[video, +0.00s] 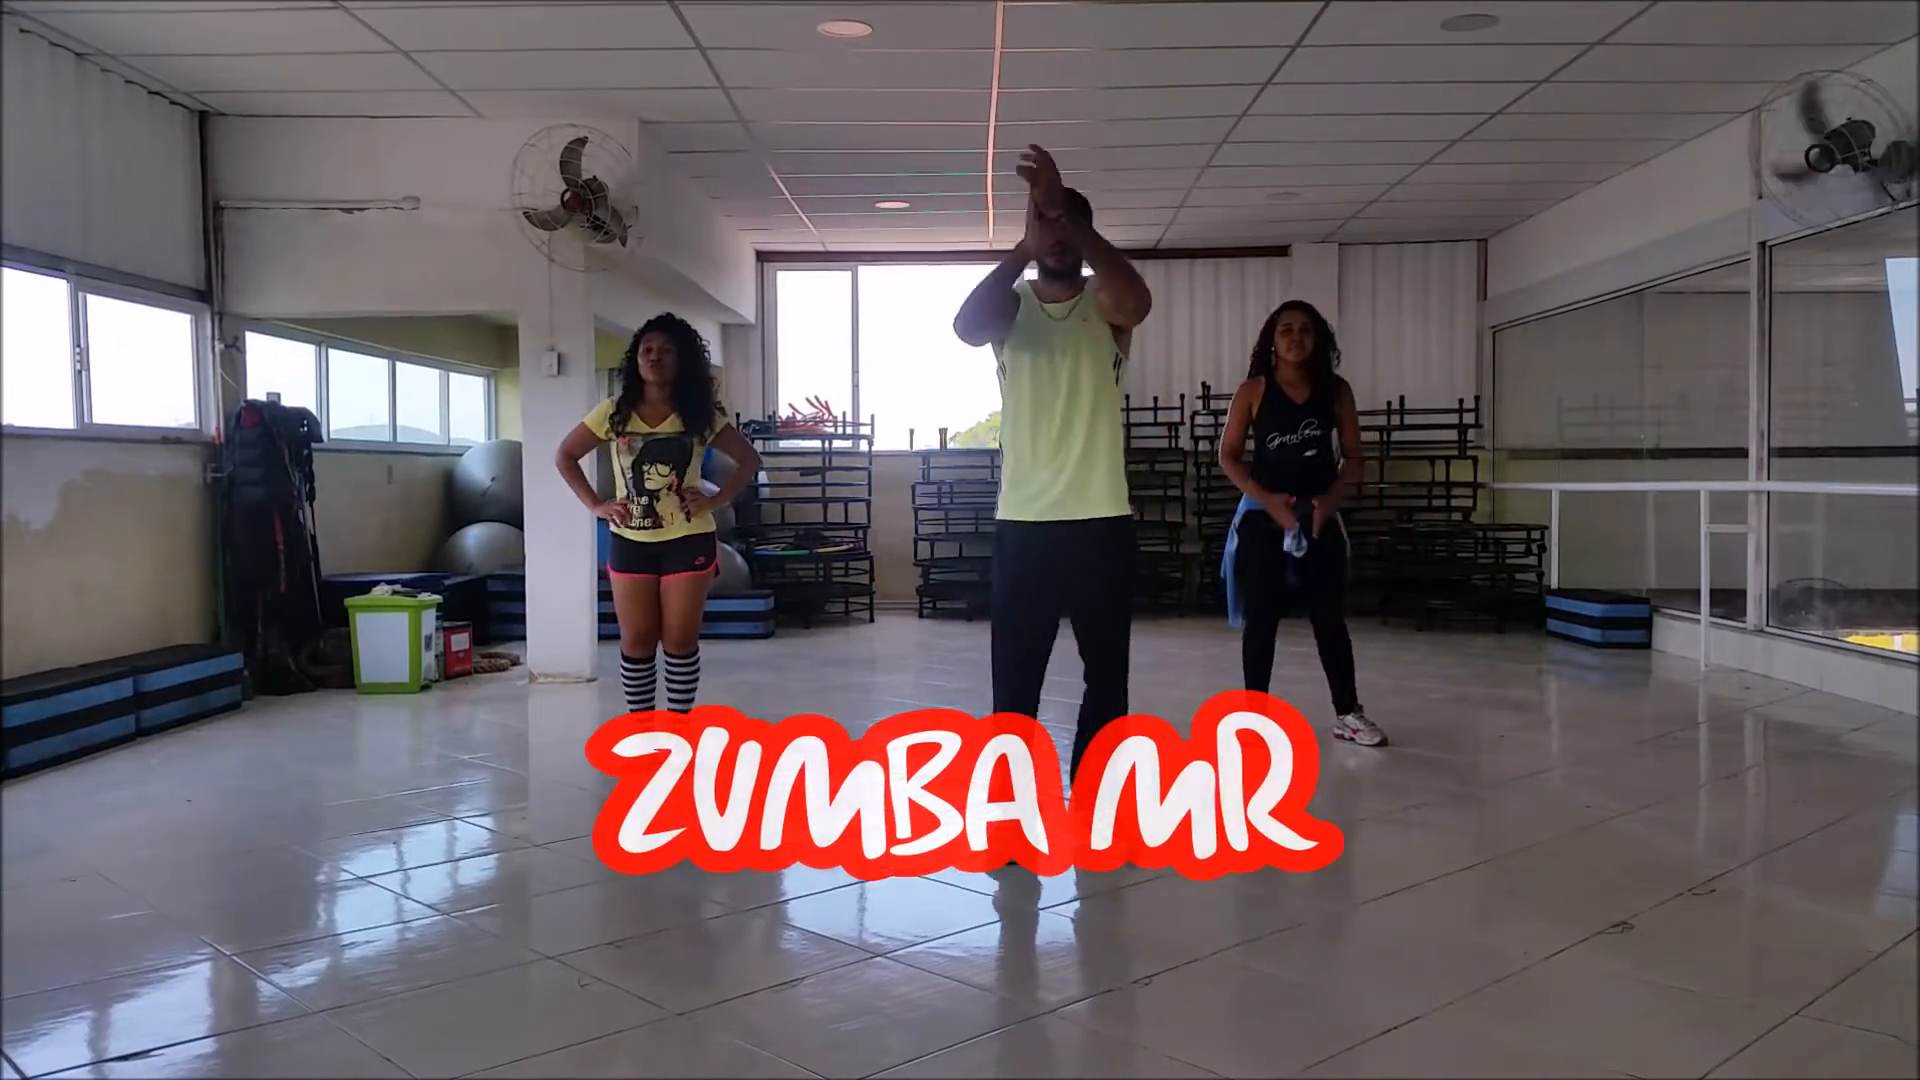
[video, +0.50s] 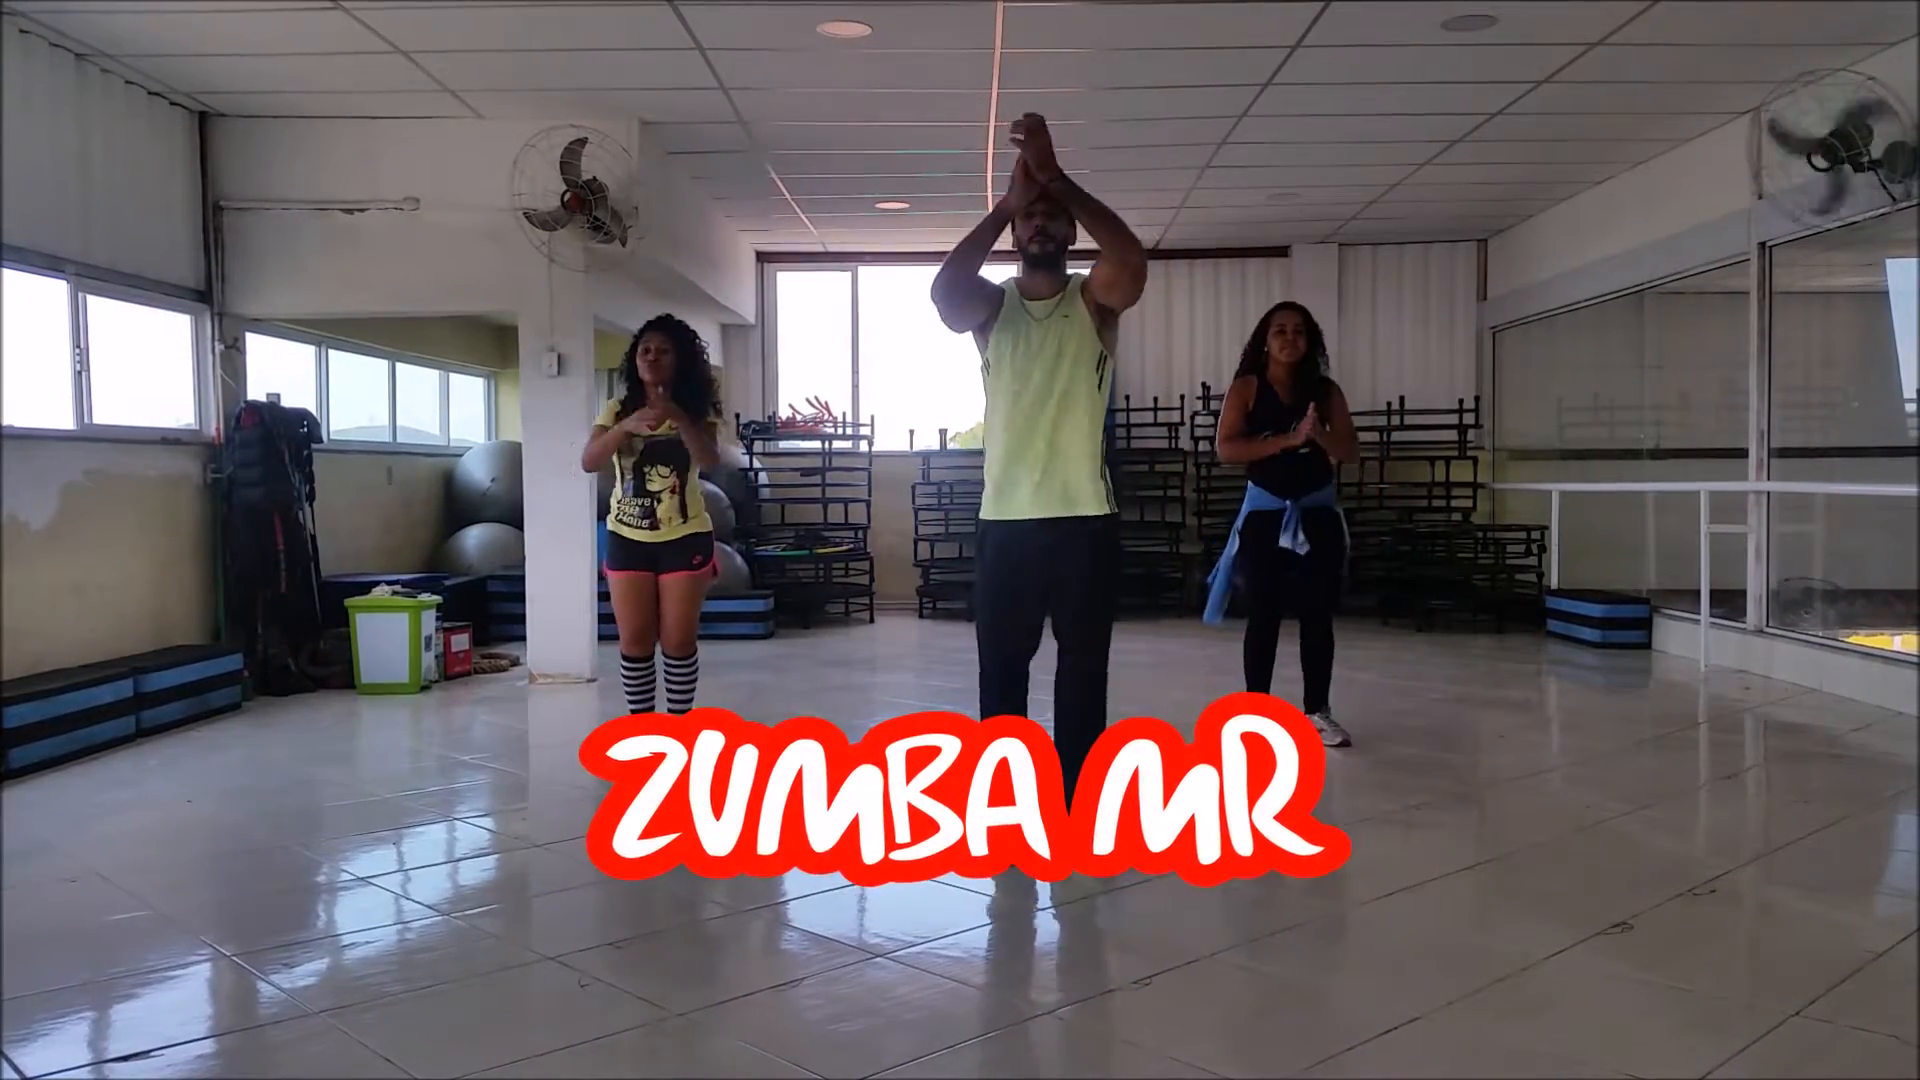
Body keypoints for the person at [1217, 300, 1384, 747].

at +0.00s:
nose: (1295, 337)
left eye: (1304, 330)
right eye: (1286, 330)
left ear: (1317, 339)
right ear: (1272, 339)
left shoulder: (1335, 390)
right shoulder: (1252, 391)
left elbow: (1354, 459)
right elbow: (1228, 456)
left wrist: (1332, 499)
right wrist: (1266, 500)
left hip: (1319, 518)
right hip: (1263, 520)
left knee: (1330, 620)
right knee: (1260, 621)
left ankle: (1348, 714)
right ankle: (1257, 716)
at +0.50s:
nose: (1290, 339)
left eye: (1299, 332)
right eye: (1281, 331)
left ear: (1311, 341)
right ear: (1265, 339)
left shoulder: (1327, 392)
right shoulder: (1245, 386)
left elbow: (1348, 451)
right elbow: (1226, 450)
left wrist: (1318, 435)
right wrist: (1287, 440)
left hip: (1319, 517)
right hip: (1264, 516)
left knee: (1318, 616)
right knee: (1264, 616)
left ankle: (1317, 712)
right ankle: (1256, 713)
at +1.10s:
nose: (1283, 344)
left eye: (1291, 338)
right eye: (1273, 337)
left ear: (1302, 347)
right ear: (1255, 346)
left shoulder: (1315, 390)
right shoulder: (1239, 391)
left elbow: (1349, 426)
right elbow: (1229, 434)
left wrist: (1333, 372)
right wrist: (1261, 384)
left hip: (1302, 514)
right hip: (1249, 514)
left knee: (1340, 599)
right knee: (1247, 611)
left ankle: (1328, 696)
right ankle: (1240, 709)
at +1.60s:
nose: (1300, 344)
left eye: (1309, 336)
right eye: (1291, 336)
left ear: (1322, 342)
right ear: (1278, 343)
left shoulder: (1337, 387)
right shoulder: (1264, 389)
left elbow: (1371, 363)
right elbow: (1233, 381)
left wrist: (1345, 311)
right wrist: (1263, 331)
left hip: (1327, 517)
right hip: (1271, 516)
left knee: (1328, 614)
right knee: (1258, 609)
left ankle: (1328, 711)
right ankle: (1241, 703)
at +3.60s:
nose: (1302, 336)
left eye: (1310, 329)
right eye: (1292, 330)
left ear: (1324, 338)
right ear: (1278, 339)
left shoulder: (1337, 384)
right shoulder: (1264, 384)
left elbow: (1364, 354)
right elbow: (1236, 361)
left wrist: (1341, 300)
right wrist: (1270, 314)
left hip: (1324, 514)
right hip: (1270, 513)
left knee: (1325, 615)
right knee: (1257, 608)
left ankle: (1331, 711)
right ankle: (1244, 701)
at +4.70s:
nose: (1293, 340)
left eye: (1301, 332)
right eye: (1285, 333)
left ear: (1316, 340)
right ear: (1274, 339)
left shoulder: (1334, 384)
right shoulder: (1259, 383)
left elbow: (1368, 381)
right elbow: (1222, 376)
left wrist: (1322, 350)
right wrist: (1282, 361)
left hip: (1322, 513)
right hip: (1266, 513)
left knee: (1326, 615)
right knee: (1255, 615)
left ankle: (1333, 716)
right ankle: (1235, 717)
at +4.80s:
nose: (1286, 338)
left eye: (1295, 331)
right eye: (1277, 332)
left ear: (1309, 342)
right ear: (1262, 343)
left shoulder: (1326, 390)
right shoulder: (1248, 387)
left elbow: (1375, 413)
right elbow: (1201, 402)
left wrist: (1327, 383)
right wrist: (1265, 390)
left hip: (1315, 515)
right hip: (1258, 515)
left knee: (1327, 614)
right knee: (1249, 615)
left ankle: (1335, 713)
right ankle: (1234, 715)